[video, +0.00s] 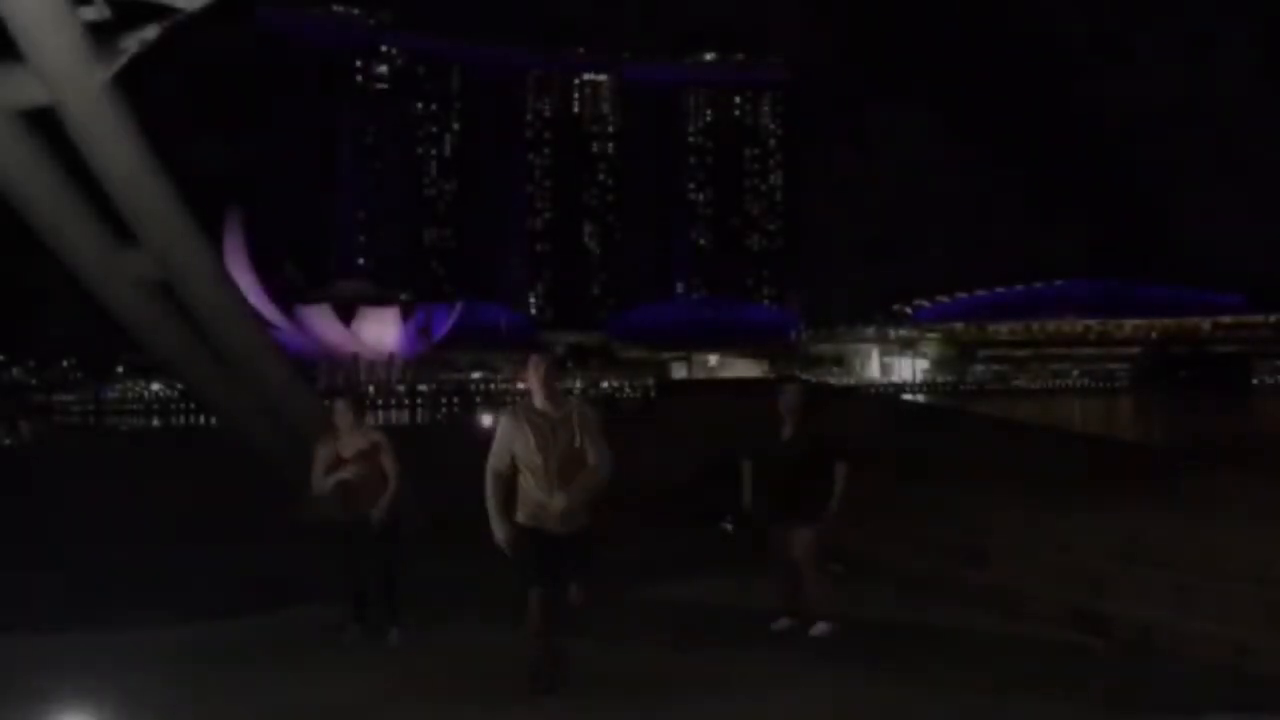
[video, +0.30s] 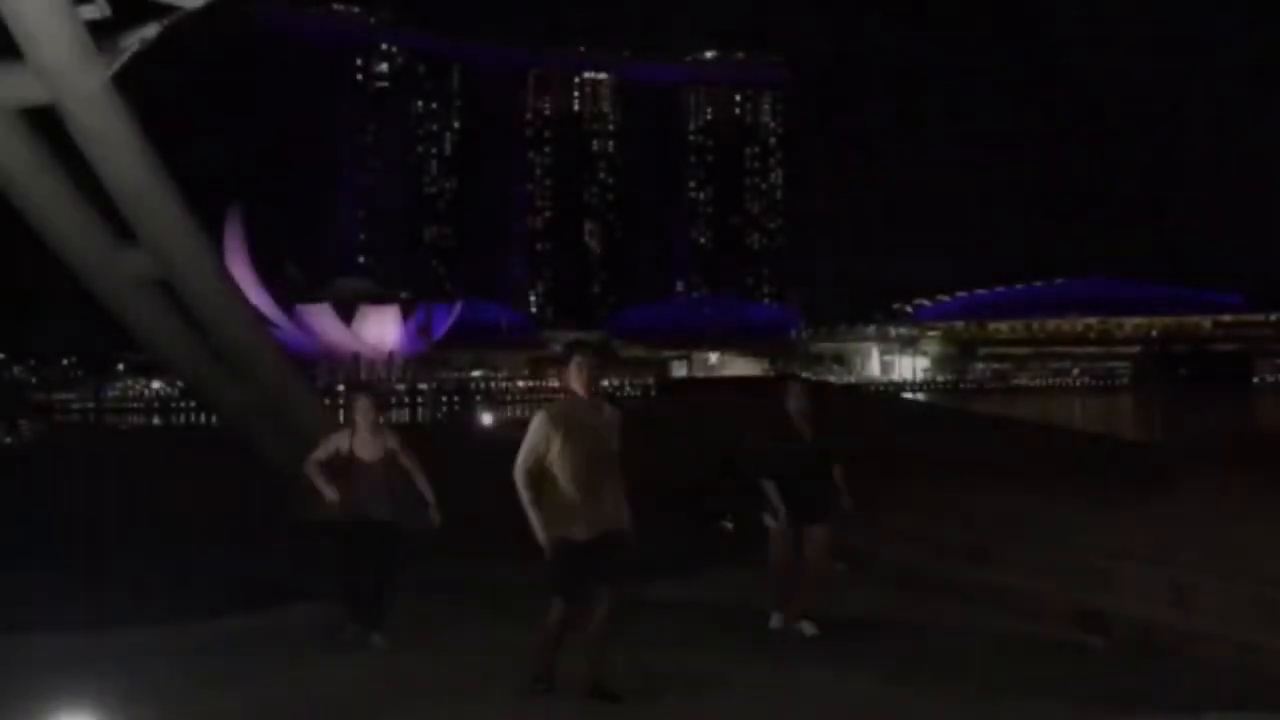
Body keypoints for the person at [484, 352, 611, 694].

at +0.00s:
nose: (545, 376)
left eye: (550, 369)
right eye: (538, 370)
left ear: (559, 375)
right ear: (526, 377)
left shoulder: (580, 416)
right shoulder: (513, 421)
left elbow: (599, 465)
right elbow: (496, 474)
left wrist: (570, 496)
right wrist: (499, 524)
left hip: (574, 526)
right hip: (532, 526)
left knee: (573, 599)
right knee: (537, 601)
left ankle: (562, 670)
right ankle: (538, 674)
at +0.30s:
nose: (588, 377)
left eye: (593, 369)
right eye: (581, 369)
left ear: (602, 374)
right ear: (566, 375)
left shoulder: (609, 416)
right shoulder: (550, 418)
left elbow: (612, 469)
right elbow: (523, 471)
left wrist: (621, 515)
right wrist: (541, 529)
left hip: (607, 529)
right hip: (565, 533)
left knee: (608, 606)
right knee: (563, 607)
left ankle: (597, 679)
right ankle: (543, 676)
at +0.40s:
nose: (604, 387)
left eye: (608, 379)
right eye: (596, 379)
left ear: (616, 383)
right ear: (581, 384)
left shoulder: (619, 429)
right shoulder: (568, 424)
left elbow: (632, 474)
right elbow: (525, 474)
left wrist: (650, 512)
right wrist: (551, 520)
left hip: (614, 531)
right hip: (574, 532)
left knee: (612, 604)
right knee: (587, 598)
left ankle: (597, 677)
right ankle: (558, 658)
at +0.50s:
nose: (617, 393)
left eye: (622, 386)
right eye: (610, 385)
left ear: (629, 390)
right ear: (594, 388)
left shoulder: (634, 432)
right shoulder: (576, 426)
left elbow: (667, 483)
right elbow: (537, 476)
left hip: (614, 525)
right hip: (574, 523)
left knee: (621, 598)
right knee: (604, 583)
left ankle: (602, 678)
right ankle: (586, 677)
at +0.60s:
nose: (615, 406)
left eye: (623, 399)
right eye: (610, 398)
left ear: (637, 399)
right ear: (600, 397)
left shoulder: (649, 426)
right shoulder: (585, 422)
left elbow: (680, 469)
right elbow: (531, 446)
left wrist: (636, 469)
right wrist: (577, 431)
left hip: (614, 522)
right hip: (573, 517)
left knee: (624, 596)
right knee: (610, 586)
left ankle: (603, 672)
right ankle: (598, 672)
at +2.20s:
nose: (632, 395)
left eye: (639, 387)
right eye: (625, 387)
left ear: (648, 390)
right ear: (613, 390)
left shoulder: (658, 423)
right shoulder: (598, 423)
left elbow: (717, 428)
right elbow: (537, 447)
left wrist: (672, 439)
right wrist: (575, 470)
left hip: (645, 517)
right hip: (603, 517)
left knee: (637, 586)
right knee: (607, 577)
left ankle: (624, 657)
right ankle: (587, 655)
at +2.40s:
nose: (645, 389)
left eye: (651, 381)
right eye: (639, 381)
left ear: (659, 384)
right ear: (625, 382)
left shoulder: (671, 409)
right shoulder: (616, 415)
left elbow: (708, 437)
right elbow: (559, 448)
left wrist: (674, 459)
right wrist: (598, 440)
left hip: (648, 504)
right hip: (611, 502)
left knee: (644, 576)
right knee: (628, 566)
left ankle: (618, 649)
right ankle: (637, 650)